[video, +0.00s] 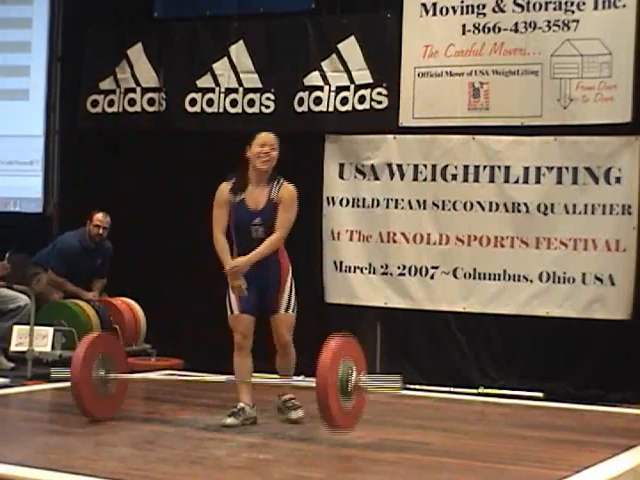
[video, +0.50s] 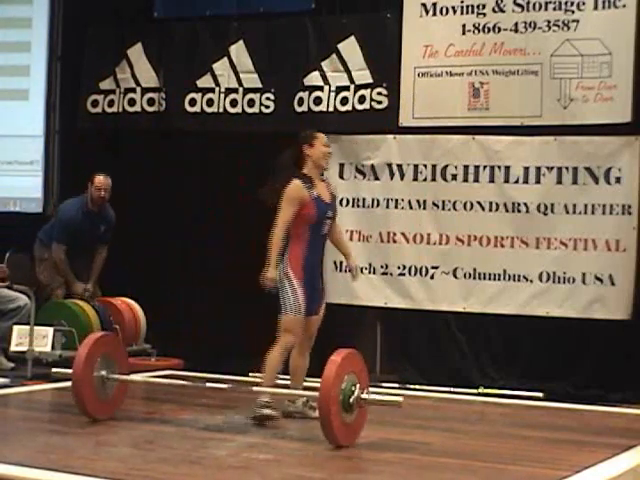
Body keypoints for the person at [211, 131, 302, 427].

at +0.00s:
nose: (266, 152)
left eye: (271, 148)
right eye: (260, 147)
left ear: (277, 156)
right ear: (248, 153)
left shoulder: (286, 192)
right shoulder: (227, 190)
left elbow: (279, 236)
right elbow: (219, 234)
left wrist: (247, 260)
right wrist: (232, 271)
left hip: (275, 270)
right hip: (241, 272)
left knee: (284, 339)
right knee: (241, 340)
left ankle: (287, 396)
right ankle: (245, 405)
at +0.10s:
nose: (279, 148)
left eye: (283, 144)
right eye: (274, 142)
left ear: (287, 151)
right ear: (258, 146)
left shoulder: (294, 186)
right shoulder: (235, 185)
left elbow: (298, 228)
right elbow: (222, 228)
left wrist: (276, 256)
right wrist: (230, 265)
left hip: (280, 270)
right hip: (245, 271)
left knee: (290, 337)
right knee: (244, 340)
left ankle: (291, 397)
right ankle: (245, 405)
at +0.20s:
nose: (290, 147)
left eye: (293, 144)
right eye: (285, 142)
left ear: (295, 151)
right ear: (267, 146)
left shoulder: (304, 187)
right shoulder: (246, 185)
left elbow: (311, 225)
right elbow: (230, 226)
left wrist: (310, 254)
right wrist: (227, 264)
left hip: (287, 268)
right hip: (253, 269)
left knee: (292, 335)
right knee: (249, 339)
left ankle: (291, 397)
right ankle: (245, 405)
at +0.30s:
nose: (303, 149)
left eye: (304, 145)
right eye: (297, 144)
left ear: (303, 152)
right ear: (279, 148)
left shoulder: (311, 188)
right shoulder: (261, 188)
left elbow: (320, 226)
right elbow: (242, 227)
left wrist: (333, 253)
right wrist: (229, 263)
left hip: (295, 270)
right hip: (264, 270)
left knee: (295, 335)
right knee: (255, 339)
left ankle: (293, 399)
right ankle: (246, 404)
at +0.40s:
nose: (316, 150)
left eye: (316, 146)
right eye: (311, 145)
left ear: (310, 153)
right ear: (293, 150)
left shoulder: (319, 189)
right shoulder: (279, 189)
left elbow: (329, 230)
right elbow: (258, 227)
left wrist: (348, 258)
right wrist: (245, 263)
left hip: (305, 272)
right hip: (278, 271)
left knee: (303, 335)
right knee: (267, 337)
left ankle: (295, 398)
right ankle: (248, 403)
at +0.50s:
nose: (329, 150)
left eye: (328, 146)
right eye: (324, 145)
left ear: (319, 152)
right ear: (307, 150)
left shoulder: (327, 187)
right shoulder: (296, 187)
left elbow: (332, 228)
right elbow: (279, 227)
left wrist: (349, 255)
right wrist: (271, 266)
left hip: (315, 271)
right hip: (293, 270)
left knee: (306, 339)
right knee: (289, 338)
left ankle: (295, 400)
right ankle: (263, 398)